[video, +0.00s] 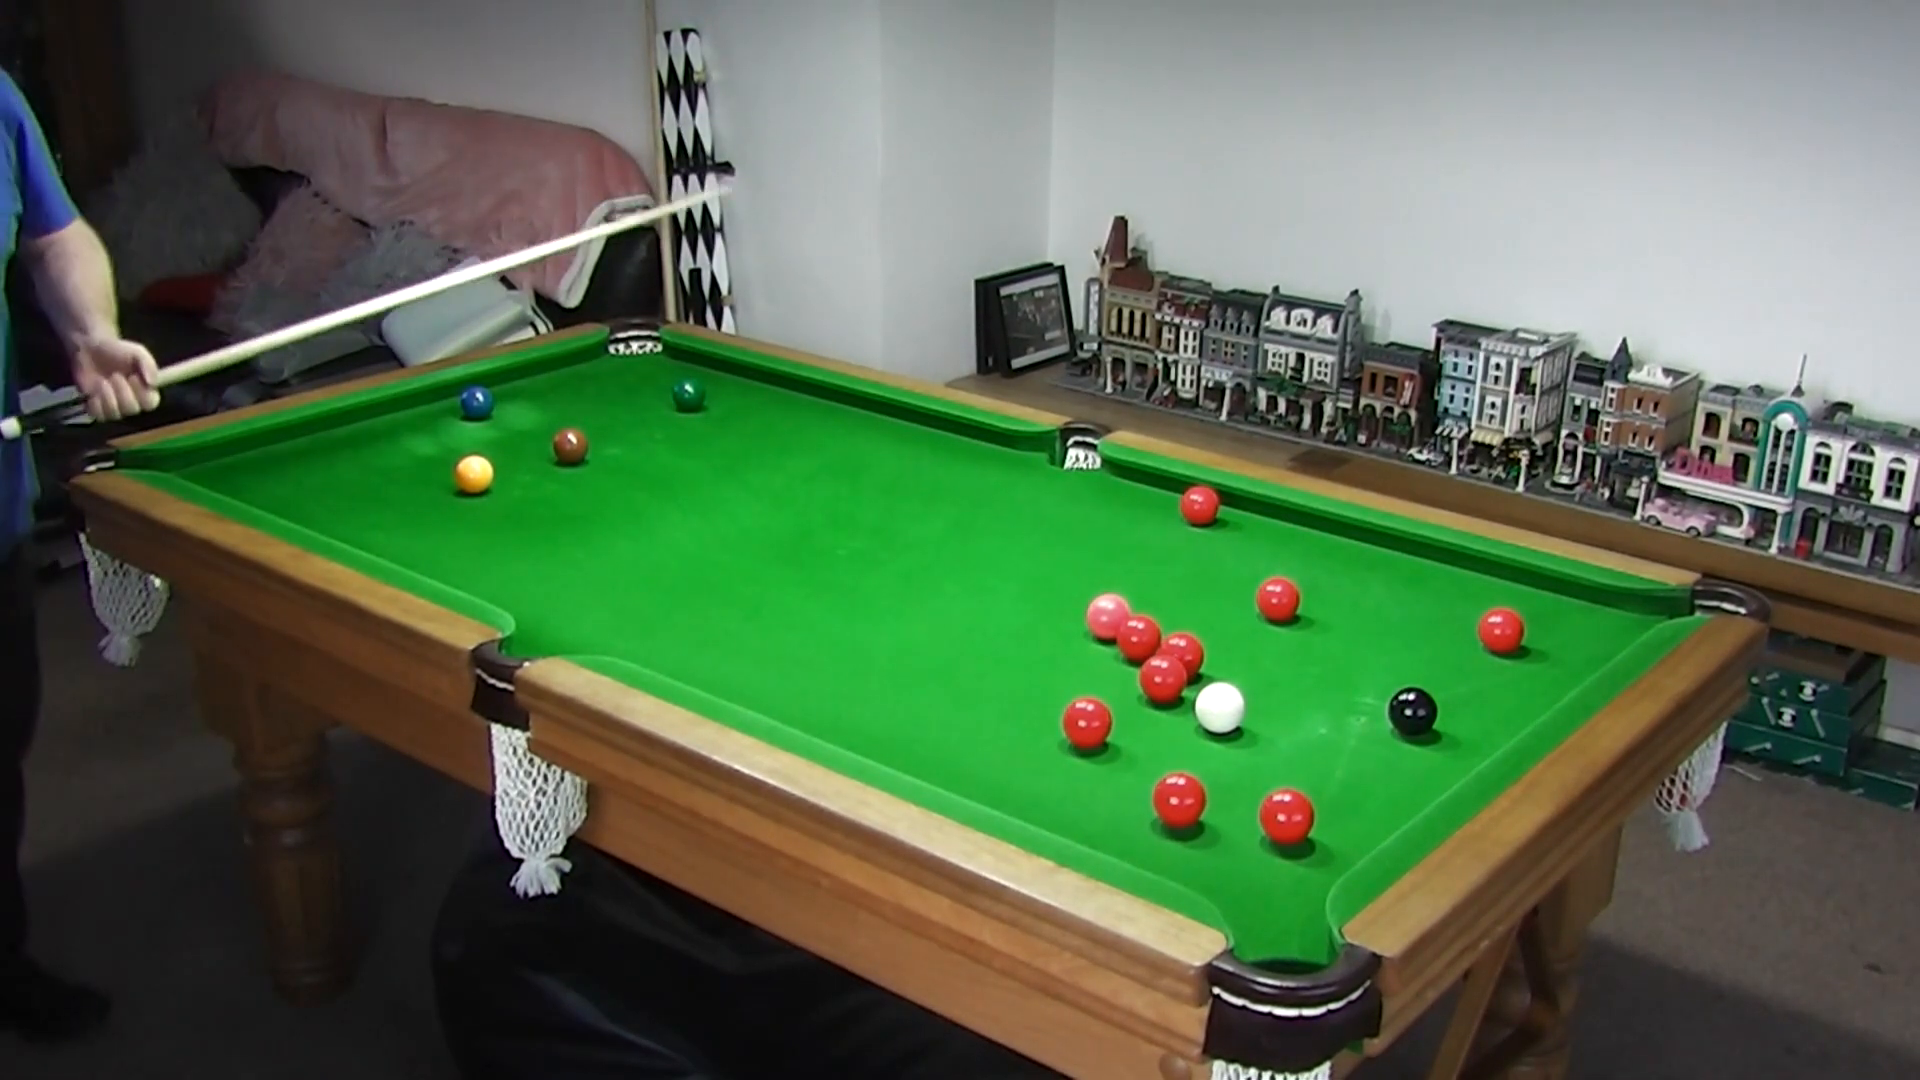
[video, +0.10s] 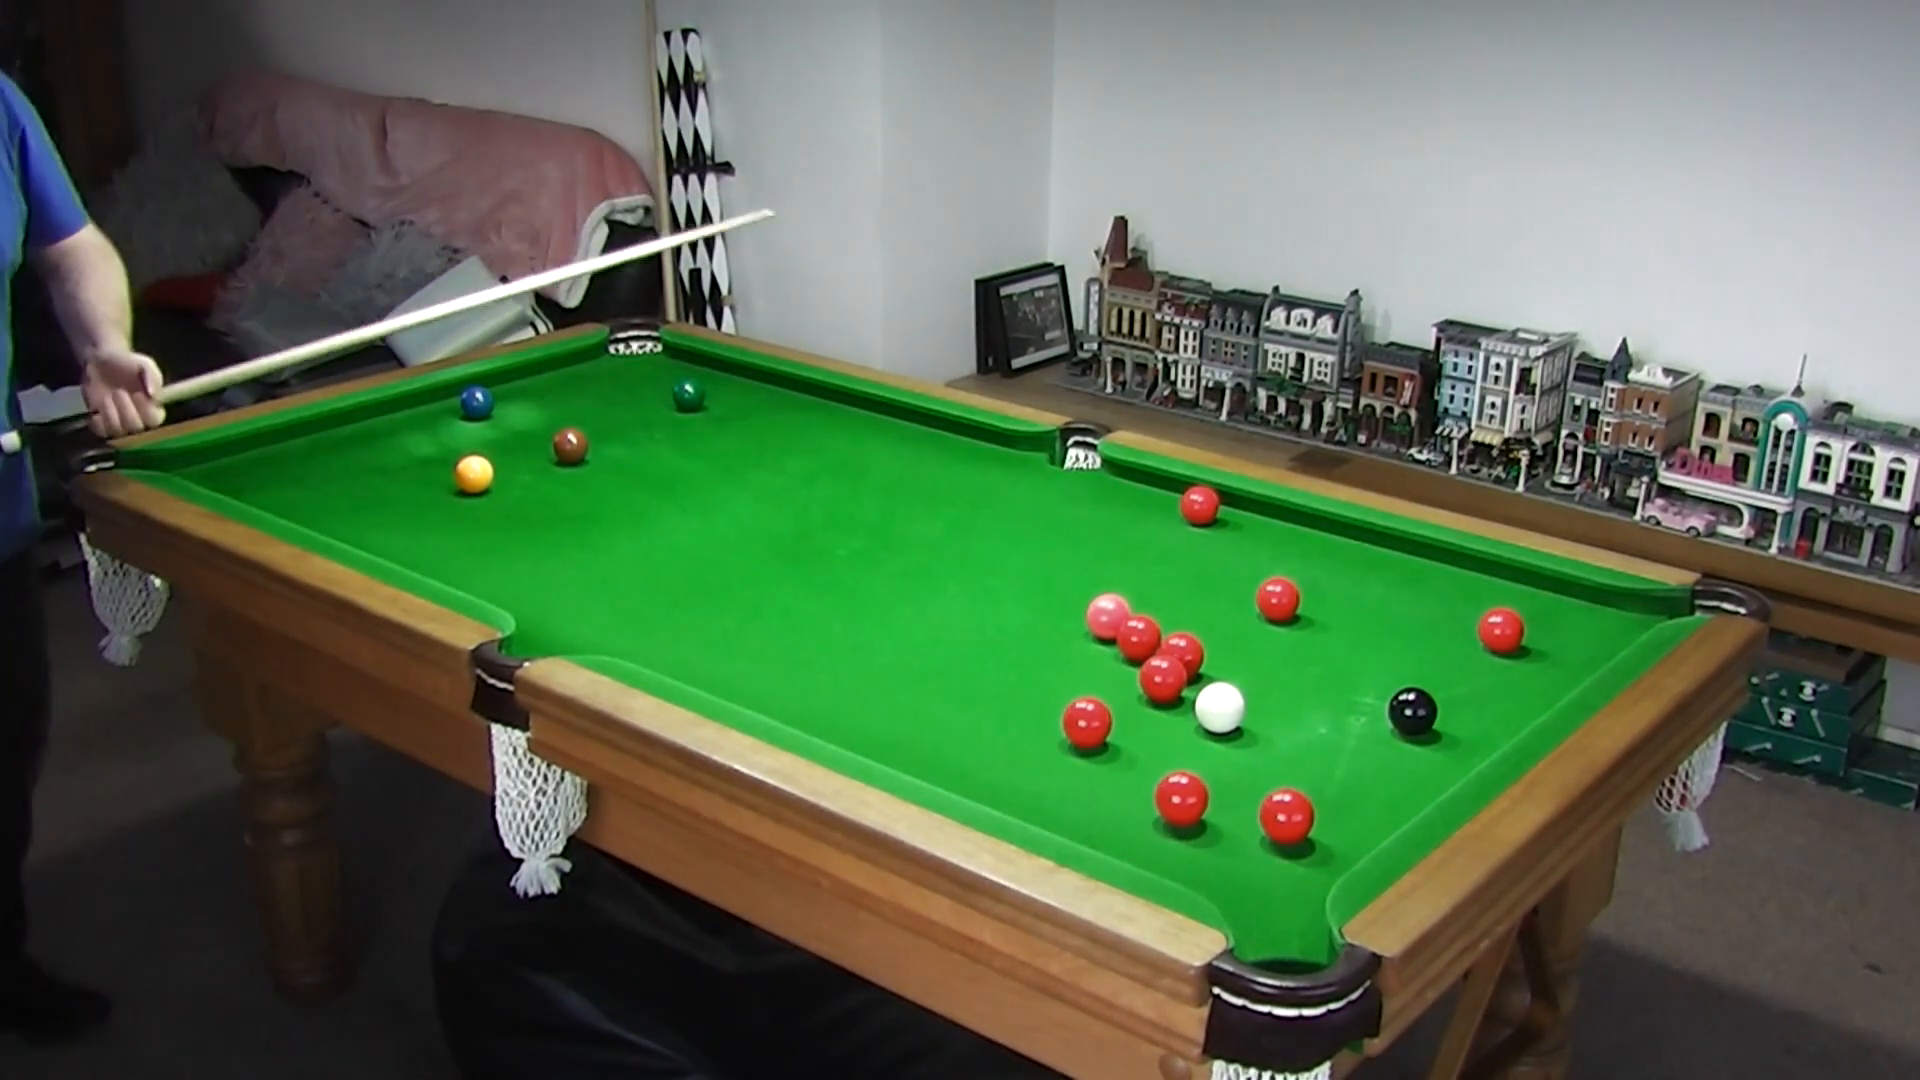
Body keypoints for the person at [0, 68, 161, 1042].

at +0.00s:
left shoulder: (3, 99)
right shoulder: (11, 102)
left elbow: (57, 232)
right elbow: (60, 235)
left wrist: (96, 332)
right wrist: (92, 332)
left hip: (3, 517)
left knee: (8, 741)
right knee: (4, 749)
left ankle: (9, 961)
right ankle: (8, 965)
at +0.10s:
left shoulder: (6, 106)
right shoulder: (14, 109)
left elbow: (73, 243)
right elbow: (75, 246)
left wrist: (107, 343)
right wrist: (105, 343)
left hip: (6, 522)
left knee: (14, 740)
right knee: (7, 747)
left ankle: (9, 960)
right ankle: (7, 966)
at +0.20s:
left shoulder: (9, 104)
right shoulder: (17, 107)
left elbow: (89, 252)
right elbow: (91, 254)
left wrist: (125, 359)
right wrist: (125, 355)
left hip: (6, 531)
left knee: (26, 739)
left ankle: (8, 959)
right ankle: (6, 966)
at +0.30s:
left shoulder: (12, 107)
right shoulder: (19, 111)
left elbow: (105, 256)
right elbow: (105, 257)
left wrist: (148, 382)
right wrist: (148, 380)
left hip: (8, 543)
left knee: (28, 754)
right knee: (19, 758)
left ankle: (15, 972)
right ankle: (13, 979)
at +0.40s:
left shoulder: (14, 118)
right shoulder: (21, 120)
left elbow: (128, 265)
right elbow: (129, 265)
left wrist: (189, 393)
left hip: (14, 567)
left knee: (28, 778)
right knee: (15, 786)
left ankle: (20, 979)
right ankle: (14, 997)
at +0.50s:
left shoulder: (17, 125)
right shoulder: (21, 126)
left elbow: (143, 271)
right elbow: (145, 272)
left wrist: (216, 404)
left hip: (15, 586)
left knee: (34, 781)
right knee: (23, 786)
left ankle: (24, 978)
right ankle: (15, 994)